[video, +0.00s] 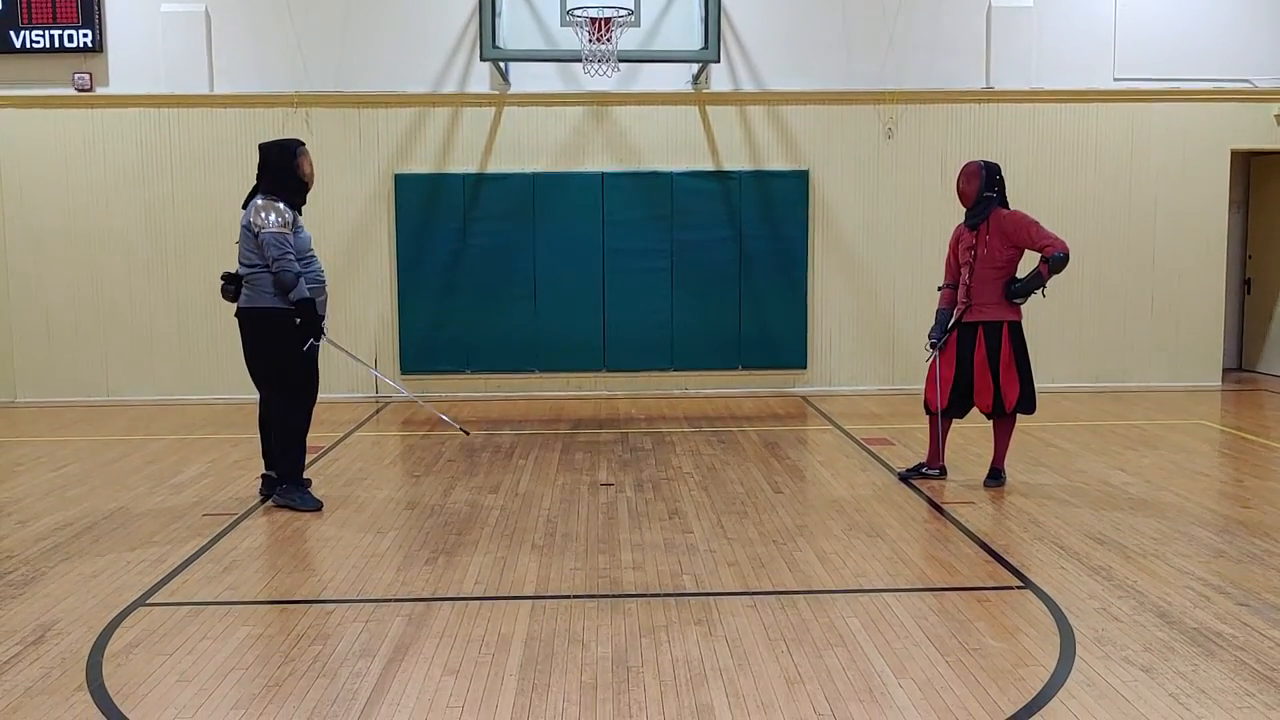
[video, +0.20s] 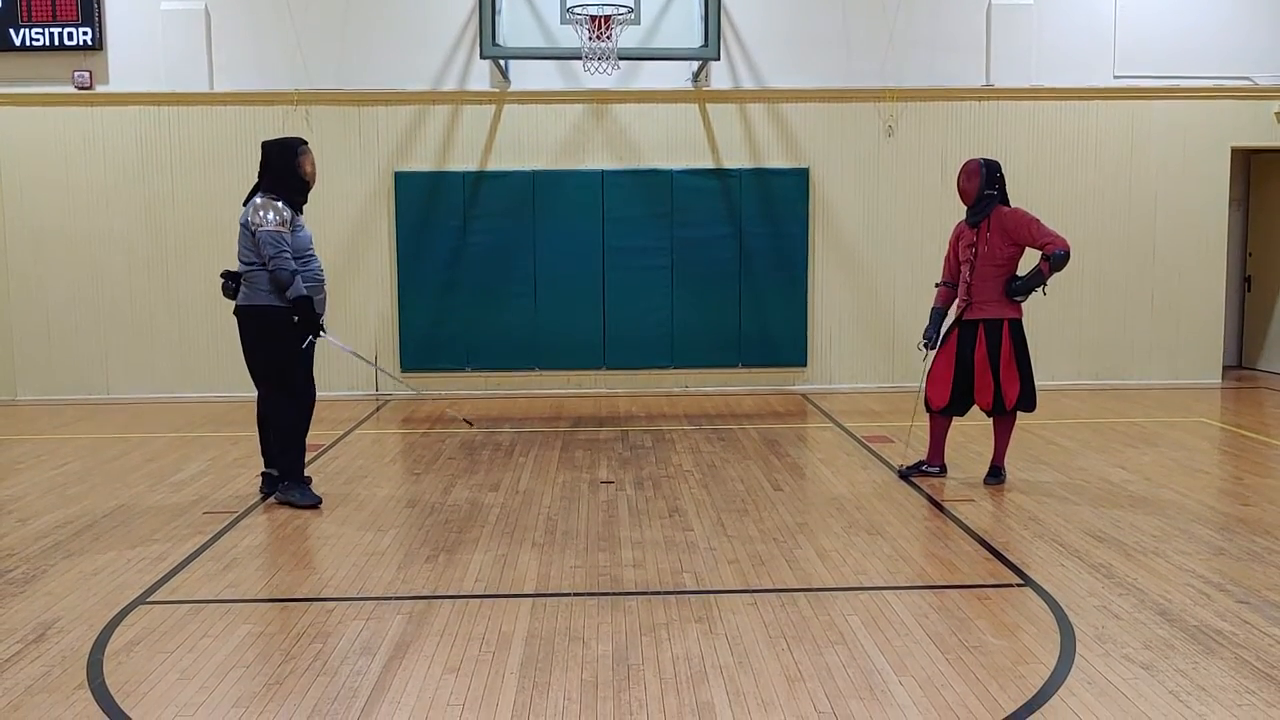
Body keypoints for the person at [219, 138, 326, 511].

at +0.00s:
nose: (312, 170)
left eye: (310, 163)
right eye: (307, 163)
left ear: (282, 167)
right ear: (287, 166)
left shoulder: (272, 205)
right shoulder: (270, 207)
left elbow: (267, 263)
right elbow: (283, 263)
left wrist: (244, 281)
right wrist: (306, 309)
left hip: (273, 313)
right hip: (274, 315)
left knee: (279, 394)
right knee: (294, 394)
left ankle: (277, 477)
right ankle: (285, 482)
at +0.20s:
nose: (313, 172)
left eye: (313, 164)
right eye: (308, 164)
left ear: (284, 166)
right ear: (288, 166)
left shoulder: (276, 205)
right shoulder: (269, 206)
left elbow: (272, 262)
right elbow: (278, 261)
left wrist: (244, 280)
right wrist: (302, 304)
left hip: (273, 312)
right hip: (272, 313)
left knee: (276, 393)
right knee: (295, 393)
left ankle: (276, 475)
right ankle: (288, 480)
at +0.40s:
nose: (316, 170)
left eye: (316, 163)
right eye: (311, 163)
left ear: (288, 164)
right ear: (291, 164)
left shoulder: (277, 203)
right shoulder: (268, 204)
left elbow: (279, 264)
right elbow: (277, 263)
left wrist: (312, 301)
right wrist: (311, 299)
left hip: (275, 311)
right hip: (271, 312)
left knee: (275, 391)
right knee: (295, 392)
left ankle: (276, 472)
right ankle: (290, 478)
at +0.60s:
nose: (320, 166)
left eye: (319, 158)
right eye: (315, 157)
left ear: (294, 161)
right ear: (296, 160)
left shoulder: (285, 202)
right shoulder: (270, 201)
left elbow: (287, 261)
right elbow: (283, 259)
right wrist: (330, 281)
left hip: (281, 308)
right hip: (273, 308)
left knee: (278, 387)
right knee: (301, 388)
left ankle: (276, 469)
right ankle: (294, 475)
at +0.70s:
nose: (321, 169)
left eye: (322, 161)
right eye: (317, 160)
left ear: (295, 162)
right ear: (297, 160)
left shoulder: (287, 202)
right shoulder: (273, 199)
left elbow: (289, 258)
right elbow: (289, 253)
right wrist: (336, 267)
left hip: (279, 304)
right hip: (278, 304)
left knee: (280, 382)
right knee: (309, 379)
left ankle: (276, 466)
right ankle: (298, 470)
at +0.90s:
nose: (323, 162)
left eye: (323, 155)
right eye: (318, 154)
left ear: (293, 156)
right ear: (299, 156)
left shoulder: (277, 195)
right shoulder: (279, 197)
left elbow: (285, 256)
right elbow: (311, 244)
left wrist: (251, 273)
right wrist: (359, 244)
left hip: (276, 301)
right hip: (285, 303)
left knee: (280, 380)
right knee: (310, 383)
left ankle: (276, 462)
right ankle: (327, 467)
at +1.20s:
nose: (331, 157)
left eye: (330, 149)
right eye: (326, 150)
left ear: (300, 152)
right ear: (308, 152)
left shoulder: (283, 190)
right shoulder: (292, 193)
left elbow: (279, 242)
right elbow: (326, 232)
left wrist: (263, 265)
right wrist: (367, 212)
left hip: (289, 295)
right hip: (303, 298)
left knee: (291, 375)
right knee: (324, 380)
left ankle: (278, 459)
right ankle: (336, 465)